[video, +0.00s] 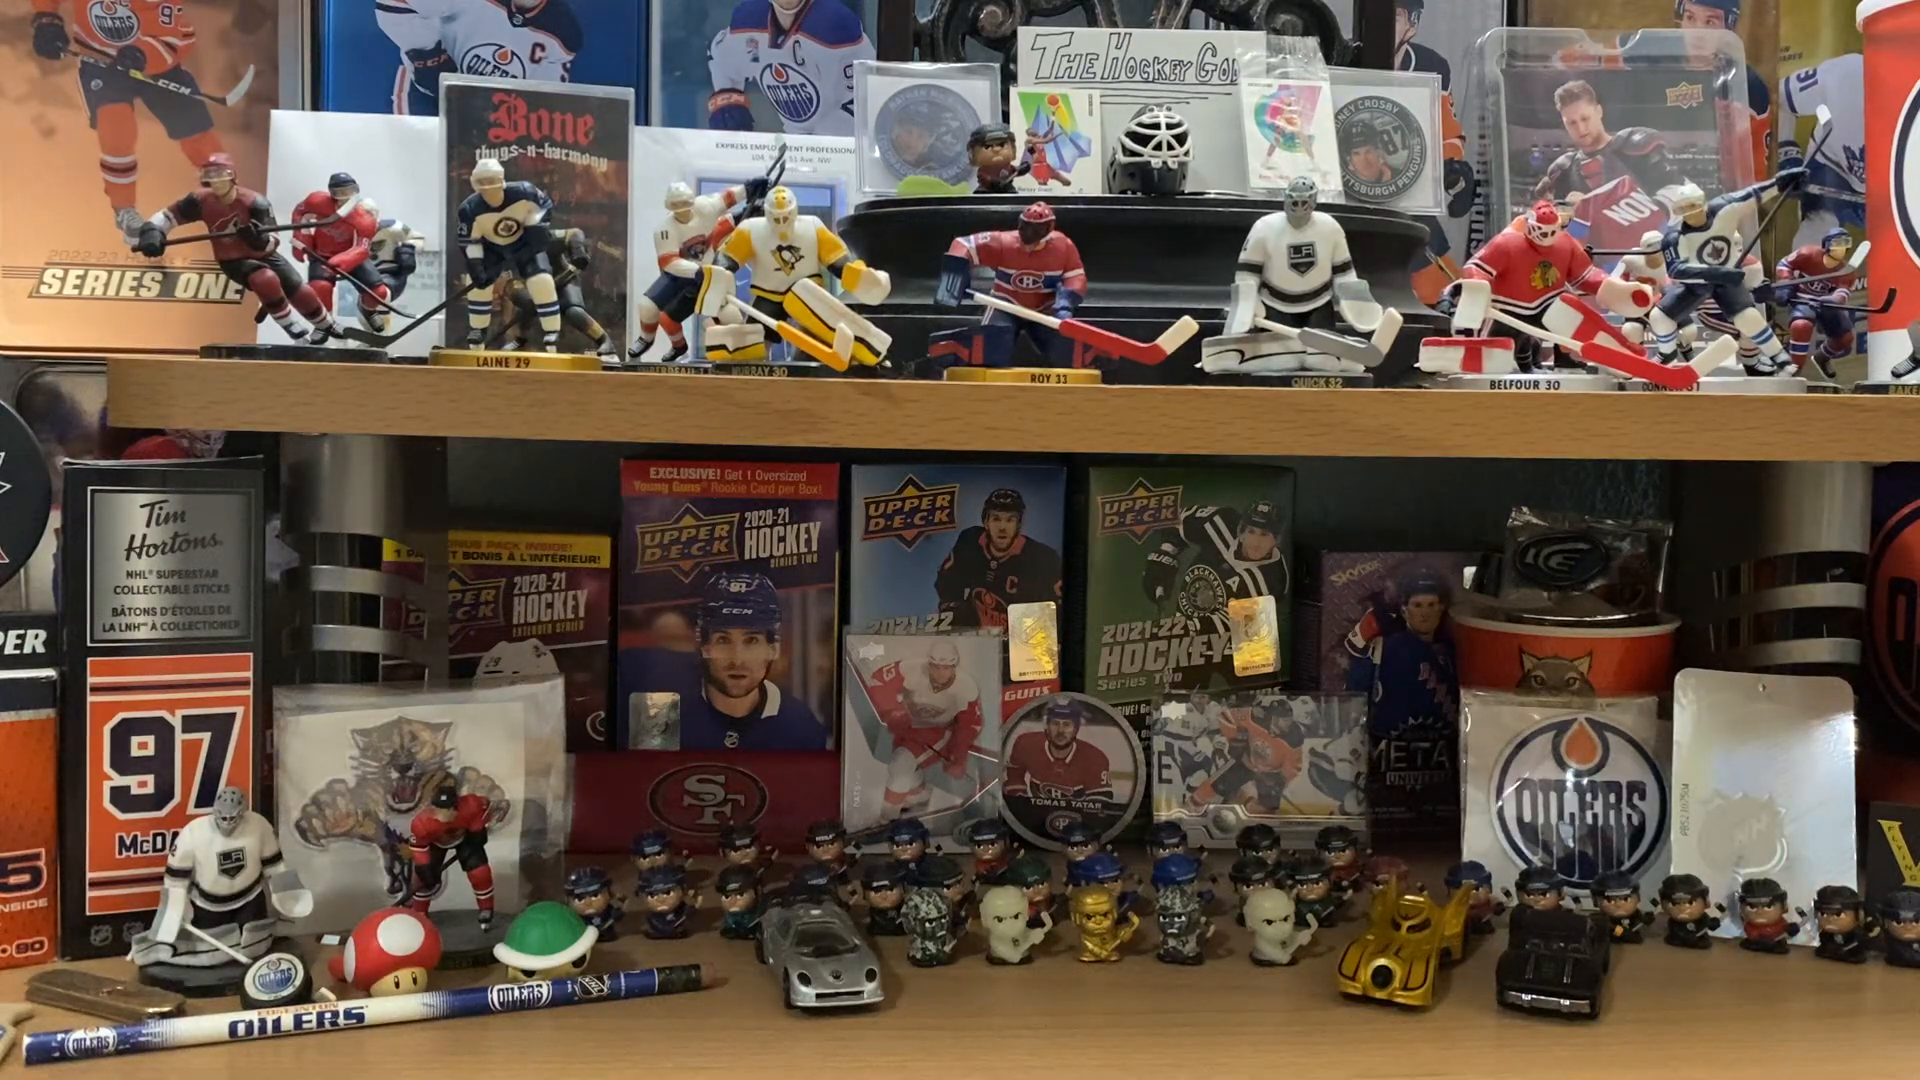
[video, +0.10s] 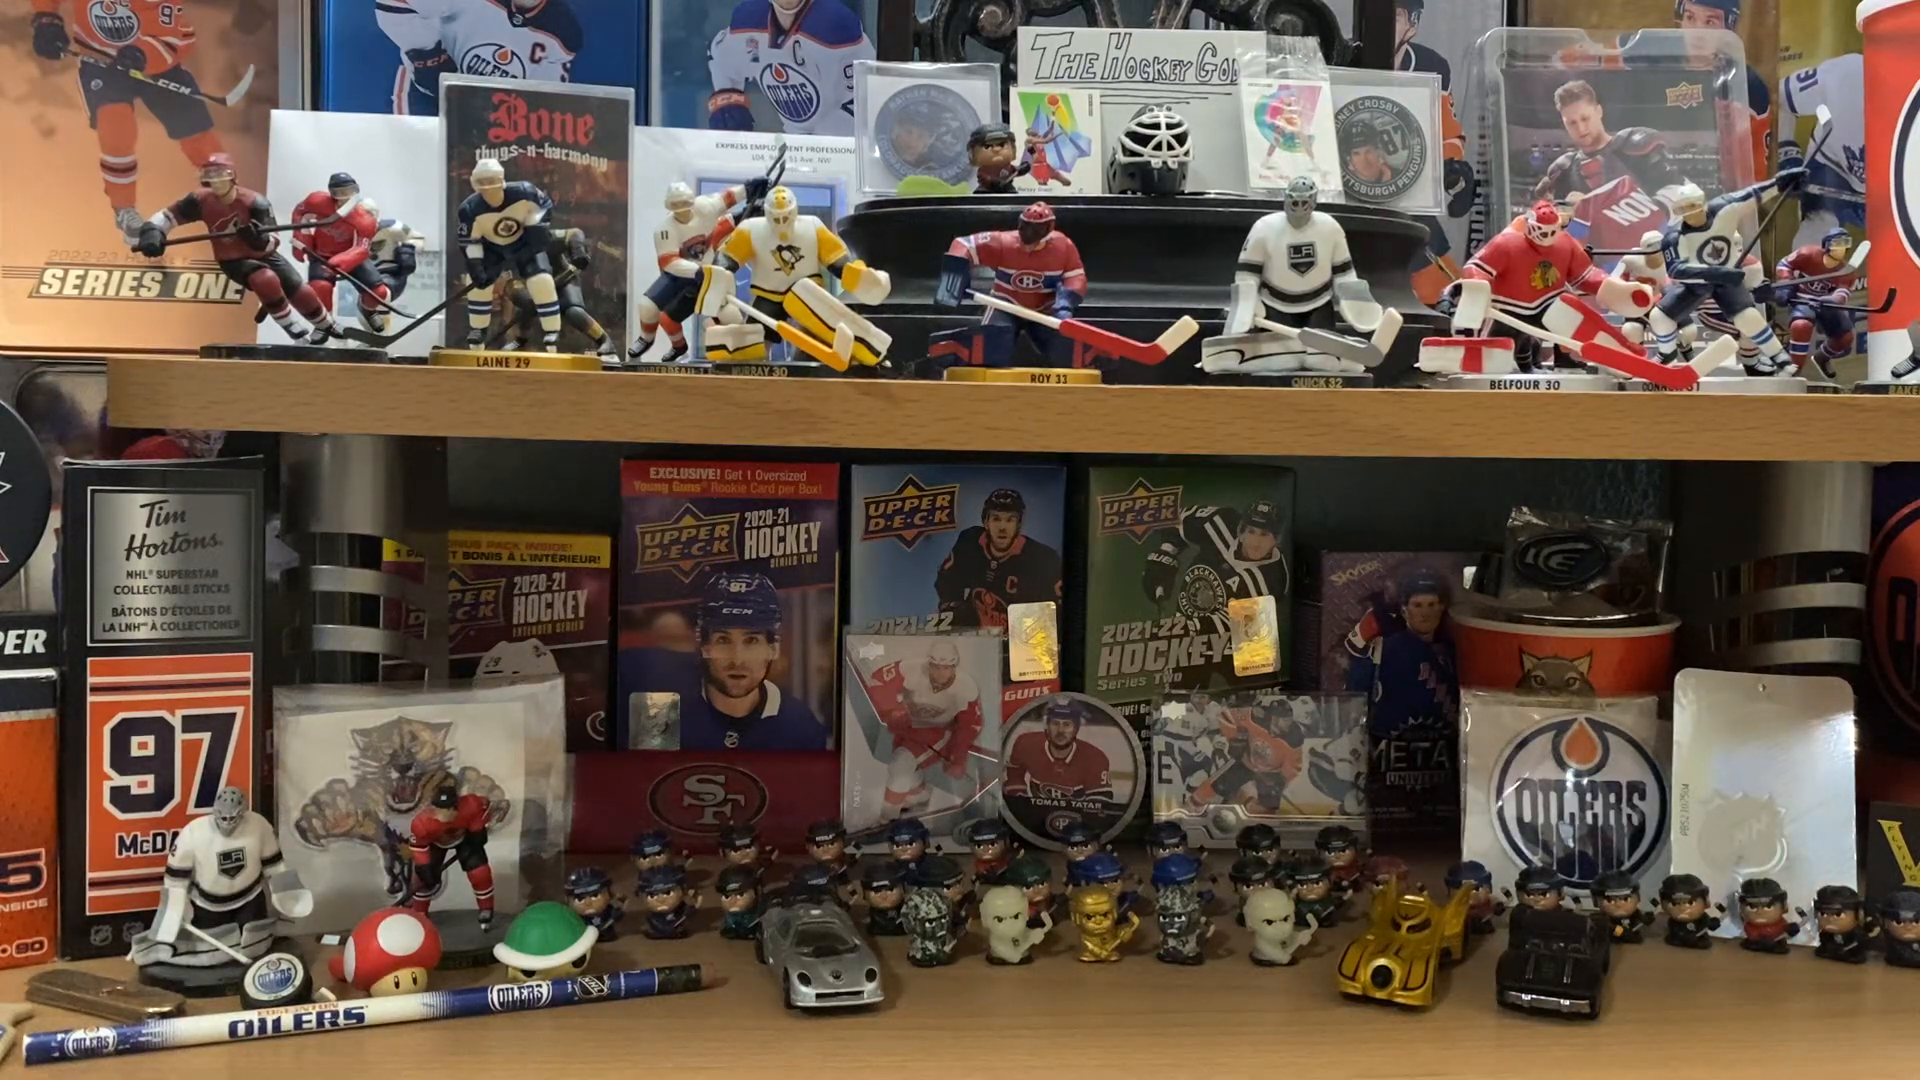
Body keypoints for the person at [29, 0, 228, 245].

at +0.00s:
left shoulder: (161, 7)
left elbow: (176, 39)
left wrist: (142, 54)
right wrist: (46, 18)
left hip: (156, 61)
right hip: (100, 61)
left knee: (202, 142)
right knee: (118, 127)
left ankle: (231, 203)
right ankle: (125, 211)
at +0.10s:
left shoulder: (161, 7)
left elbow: (177, 38)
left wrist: (141, 53)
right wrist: (46, 18)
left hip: (157, 61)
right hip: (100, 61)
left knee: (202, 143)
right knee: (118, 127)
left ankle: (231, 204)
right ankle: (125, 211)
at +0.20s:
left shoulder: (162, 7)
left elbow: (178, 38)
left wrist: (142, 53)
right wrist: (46, 18)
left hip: (157, 61)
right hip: (100, 61)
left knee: (202, 143)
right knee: (118, 127)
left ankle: (231, 204)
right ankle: (125, 211)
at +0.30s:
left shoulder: (162, 7)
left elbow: (175, 39)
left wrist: (141, 54)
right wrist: (46, 18)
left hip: (157, 61)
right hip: (100, 61)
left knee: (202, 143)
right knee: (118, 127)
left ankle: (231, 203)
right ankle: (125, 211)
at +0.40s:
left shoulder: (162, 7)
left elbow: (175, 39)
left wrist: (141, 54)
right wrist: (46, 18)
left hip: (157, 61)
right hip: (100, 61)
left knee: (203, 143)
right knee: (118, 128)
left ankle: (231, 204)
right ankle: (125, 211)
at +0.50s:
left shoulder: (161, 7)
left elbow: (176, 39)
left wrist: (141, 54)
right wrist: (46, 17)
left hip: (157, 60)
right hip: (99, 60)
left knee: (201, 141)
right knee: (118, 127)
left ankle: (231, 204)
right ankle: (125, 211)